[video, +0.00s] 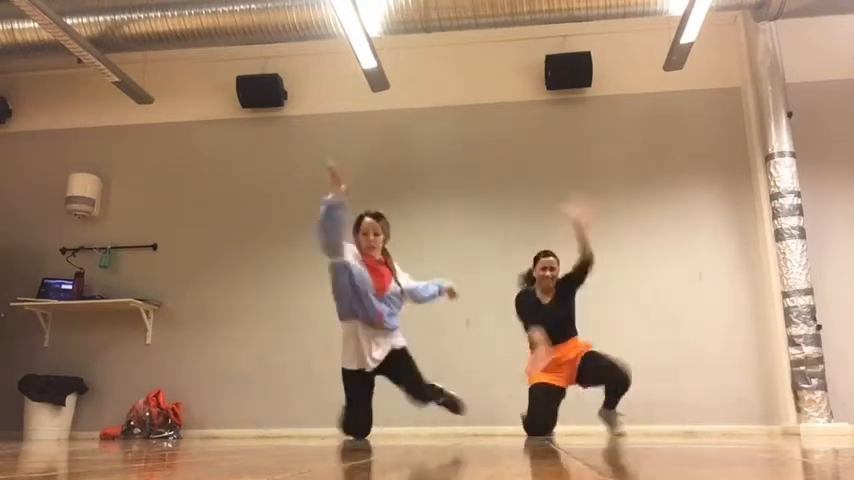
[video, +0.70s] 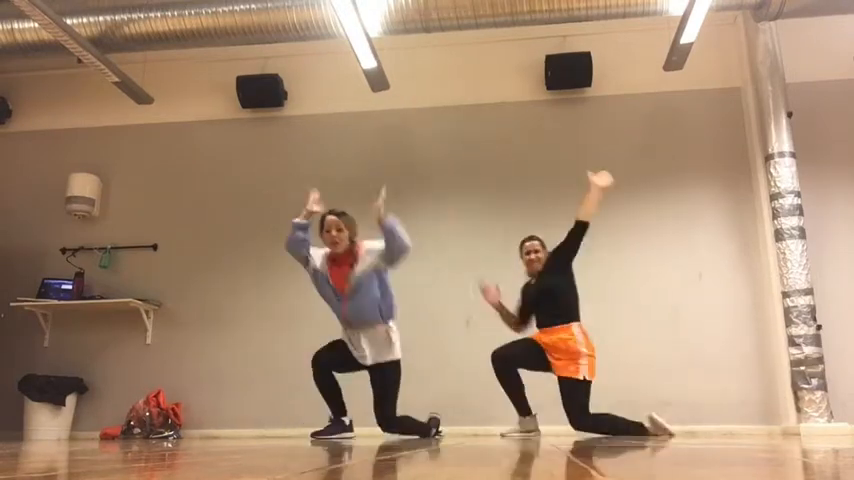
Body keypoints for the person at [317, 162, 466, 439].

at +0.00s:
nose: (371, 240)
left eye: (376, 234)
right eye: (365, 234)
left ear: (385, 238)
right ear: (355, 238)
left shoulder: (392, 271)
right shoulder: (346, 261)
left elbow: (413, 291)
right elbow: (331, 236)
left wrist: (442, 289)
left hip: (389, 344)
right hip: (356, 348)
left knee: (418, 391)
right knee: (359, 426)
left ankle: (441, 398)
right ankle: (348, 418)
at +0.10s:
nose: (365, 238)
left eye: (370, 232)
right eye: (359, 233)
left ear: (379, 236)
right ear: (350, 237)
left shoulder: (390, 266)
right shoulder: (342, 261)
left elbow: (410, 296)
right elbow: (308, 255)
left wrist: (441, 290)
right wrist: (315, 234)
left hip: (390, 346)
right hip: (359, 349)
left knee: (407, 419)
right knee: (363, 429)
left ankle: (393, 422)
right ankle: (326, 415)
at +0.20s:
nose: (364, 242)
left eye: (369, 236)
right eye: (358, 236)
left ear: (379, 239)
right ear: (350, 241)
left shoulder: (395, 267)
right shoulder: (345, 278)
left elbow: (427, 289)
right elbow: (315, 303)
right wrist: (306, 277)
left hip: (389, 360)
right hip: (357, 361)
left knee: (389, 430)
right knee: (362, 429)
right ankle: (310, 417)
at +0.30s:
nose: (367, 241)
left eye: (373, 235)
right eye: (361, 236)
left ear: (384, 239)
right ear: (355, 241)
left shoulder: (397, 273)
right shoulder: (350, 278)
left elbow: (415, 263)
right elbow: (342, 317)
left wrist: (395, 244)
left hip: (388, 360)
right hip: (354, 359)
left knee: (391, 429)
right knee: (358, 426)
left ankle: (367, 417)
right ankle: (304, 420)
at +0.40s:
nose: (364, 243)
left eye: (370, 237)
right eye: (358, 238)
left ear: (381, 240)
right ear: (352, 243)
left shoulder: (396, 268)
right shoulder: (347, 281)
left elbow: (410, 245)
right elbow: (332, 318)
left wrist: (395, 221)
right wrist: (305, 345)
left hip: (390, 352)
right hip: (357, 349)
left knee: (393, 428)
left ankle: (375, 423)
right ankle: (308, 417)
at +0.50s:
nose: (354, 244)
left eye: (360, 238)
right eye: (349, 239)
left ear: (372, 241)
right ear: (343, 244)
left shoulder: (389, 266)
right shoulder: (340, 279)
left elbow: (418, 263)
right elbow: (324, 308)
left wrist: (402, 237)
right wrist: (301, 333)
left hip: (391, 357)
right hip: (362, 352)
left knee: (392, 430)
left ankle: (401, 416)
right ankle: (328, 411)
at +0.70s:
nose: (333, 235)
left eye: (339, 229)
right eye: (328, 230)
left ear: (350, 232)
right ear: (322, 235)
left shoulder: (372, 254)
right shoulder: (319, 262)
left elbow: (400, 249)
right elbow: (295, 246)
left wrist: (384, 220)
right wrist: (306, 216)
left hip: (383, 344)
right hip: (355, 344)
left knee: (387, 422)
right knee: (320, 361)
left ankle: (430, 430)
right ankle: (341, 422)